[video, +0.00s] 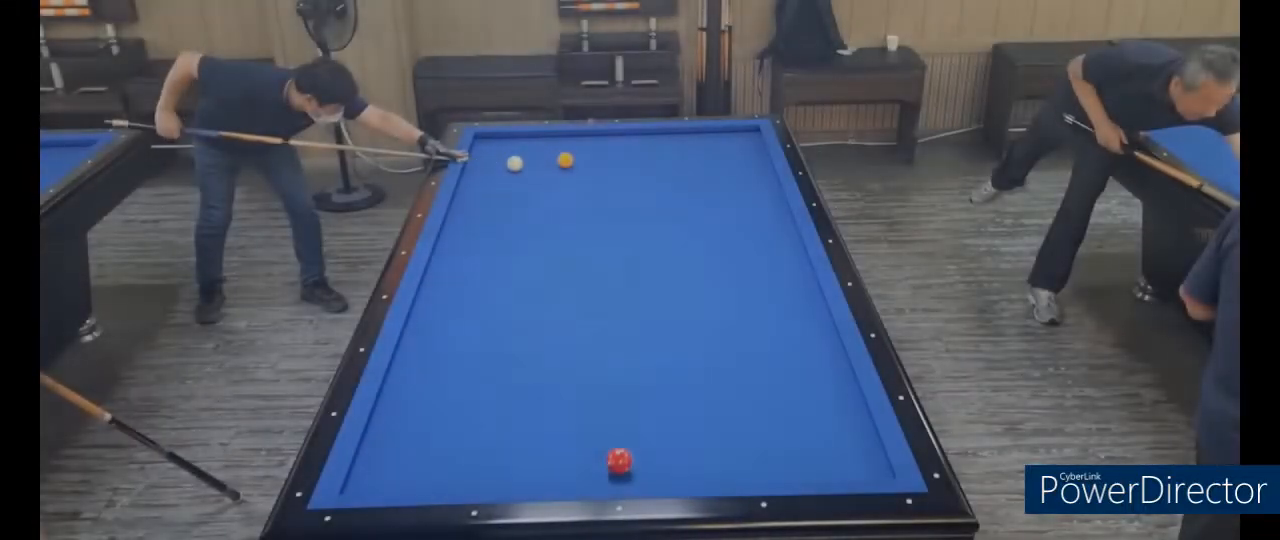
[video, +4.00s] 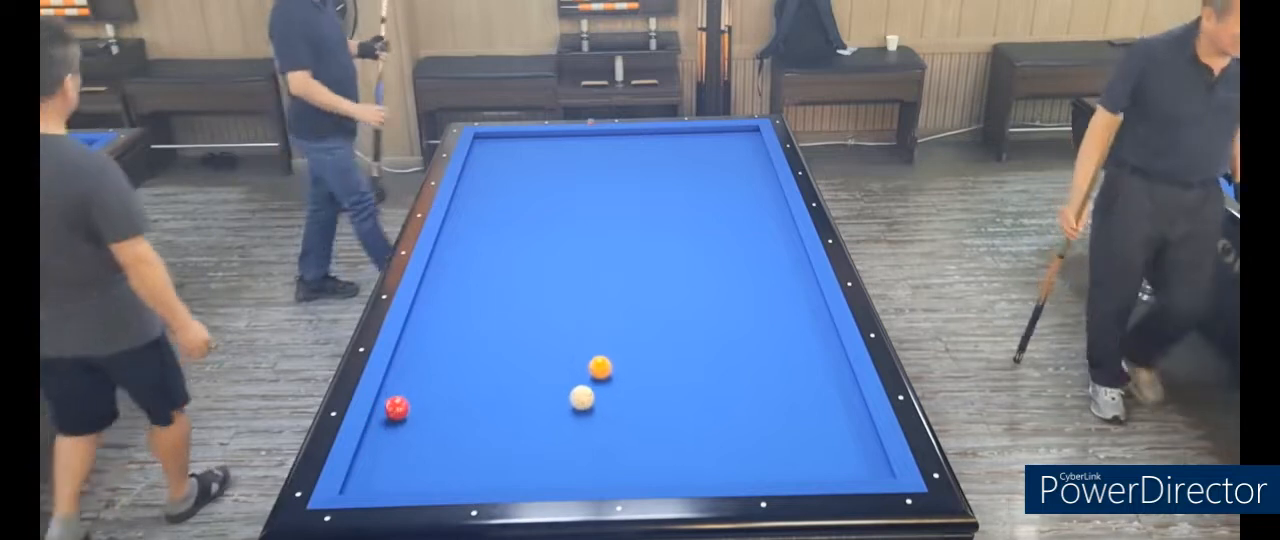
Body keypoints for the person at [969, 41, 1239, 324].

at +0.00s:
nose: (1212, 114)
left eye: (1218, 105)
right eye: (1206, 104)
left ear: (1226, 96)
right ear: (1177, 86)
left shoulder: (1223, 106)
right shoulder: (1134, 65)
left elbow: (1236, 155)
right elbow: (1076, 68)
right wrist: (1102, 123)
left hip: (1120, 133)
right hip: (1072, 110)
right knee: (1034, 144)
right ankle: (1002, 180)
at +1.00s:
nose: (1243, 63)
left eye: (1245, 54)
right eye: (1244, 52)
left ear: (1236, 42)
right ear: (1235, 39)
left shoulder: (1220, 69)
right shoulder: (1181, 41)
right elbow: (1118, 78)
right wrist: (1178, 115)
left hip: (1117, 131)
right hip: (1081, 101)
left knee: (1085, 208)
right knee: (1031, 142)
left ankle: (1046, 286)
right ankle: (991, 179)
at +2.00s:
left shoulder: (1179, 3)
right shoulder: (1236, 24)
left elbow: (1124, 34)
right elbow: (1236, 94)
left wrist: (1161, 29)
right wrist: (1224, 94)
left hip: (1120, 120)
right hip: (1158, 136)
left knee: (1088, 219)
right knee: (1137, 237)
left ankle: (1059, 301)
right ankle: (1130, 329)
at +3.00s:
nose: (1228, 15)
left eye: (1231, 9)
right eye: (1232, 8)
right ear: (1220, 3)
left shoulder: (1154, 7)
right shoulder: (1169, 18)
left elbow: (1097, 57)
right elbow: (1102, 67)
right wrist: (1075, 139)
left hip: (1112, 141)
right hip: (1122, 148)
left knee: (1096, 238)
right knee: (1102, 245)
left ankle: (1069, 310)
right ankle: (1070, 335)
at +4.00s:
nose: (1237, 49)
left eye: (1241, 41)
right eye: (1233, 38)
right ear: (1207, 19)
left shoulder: (1235, 71)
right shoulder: (1148, 56)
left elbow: (1233, 136)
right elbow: (1102, 125)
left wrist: (1235, 183)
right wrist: (1076, 196)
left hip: (1200, 201)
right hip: (1134, 194)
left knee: (1188, 303)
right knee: (1113, 293)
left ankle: (1136, 355)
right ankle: (1106, 379)